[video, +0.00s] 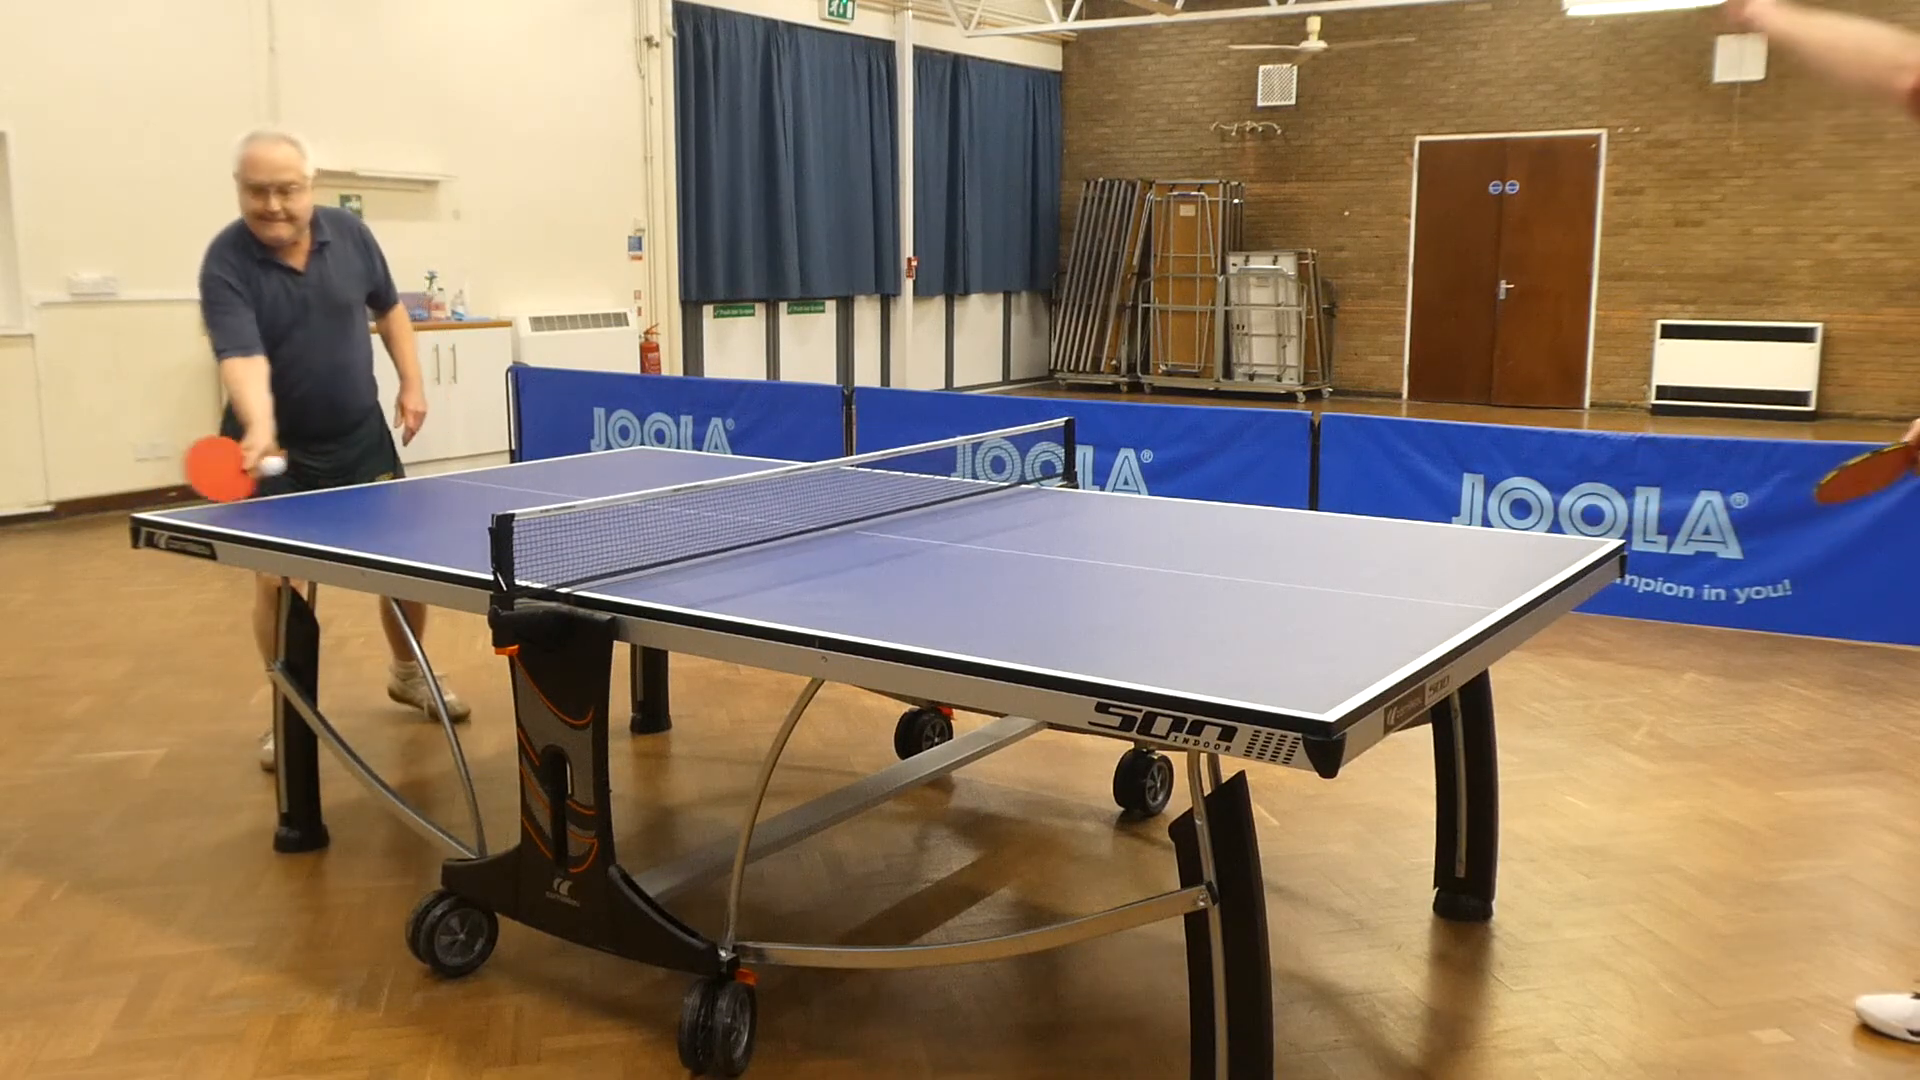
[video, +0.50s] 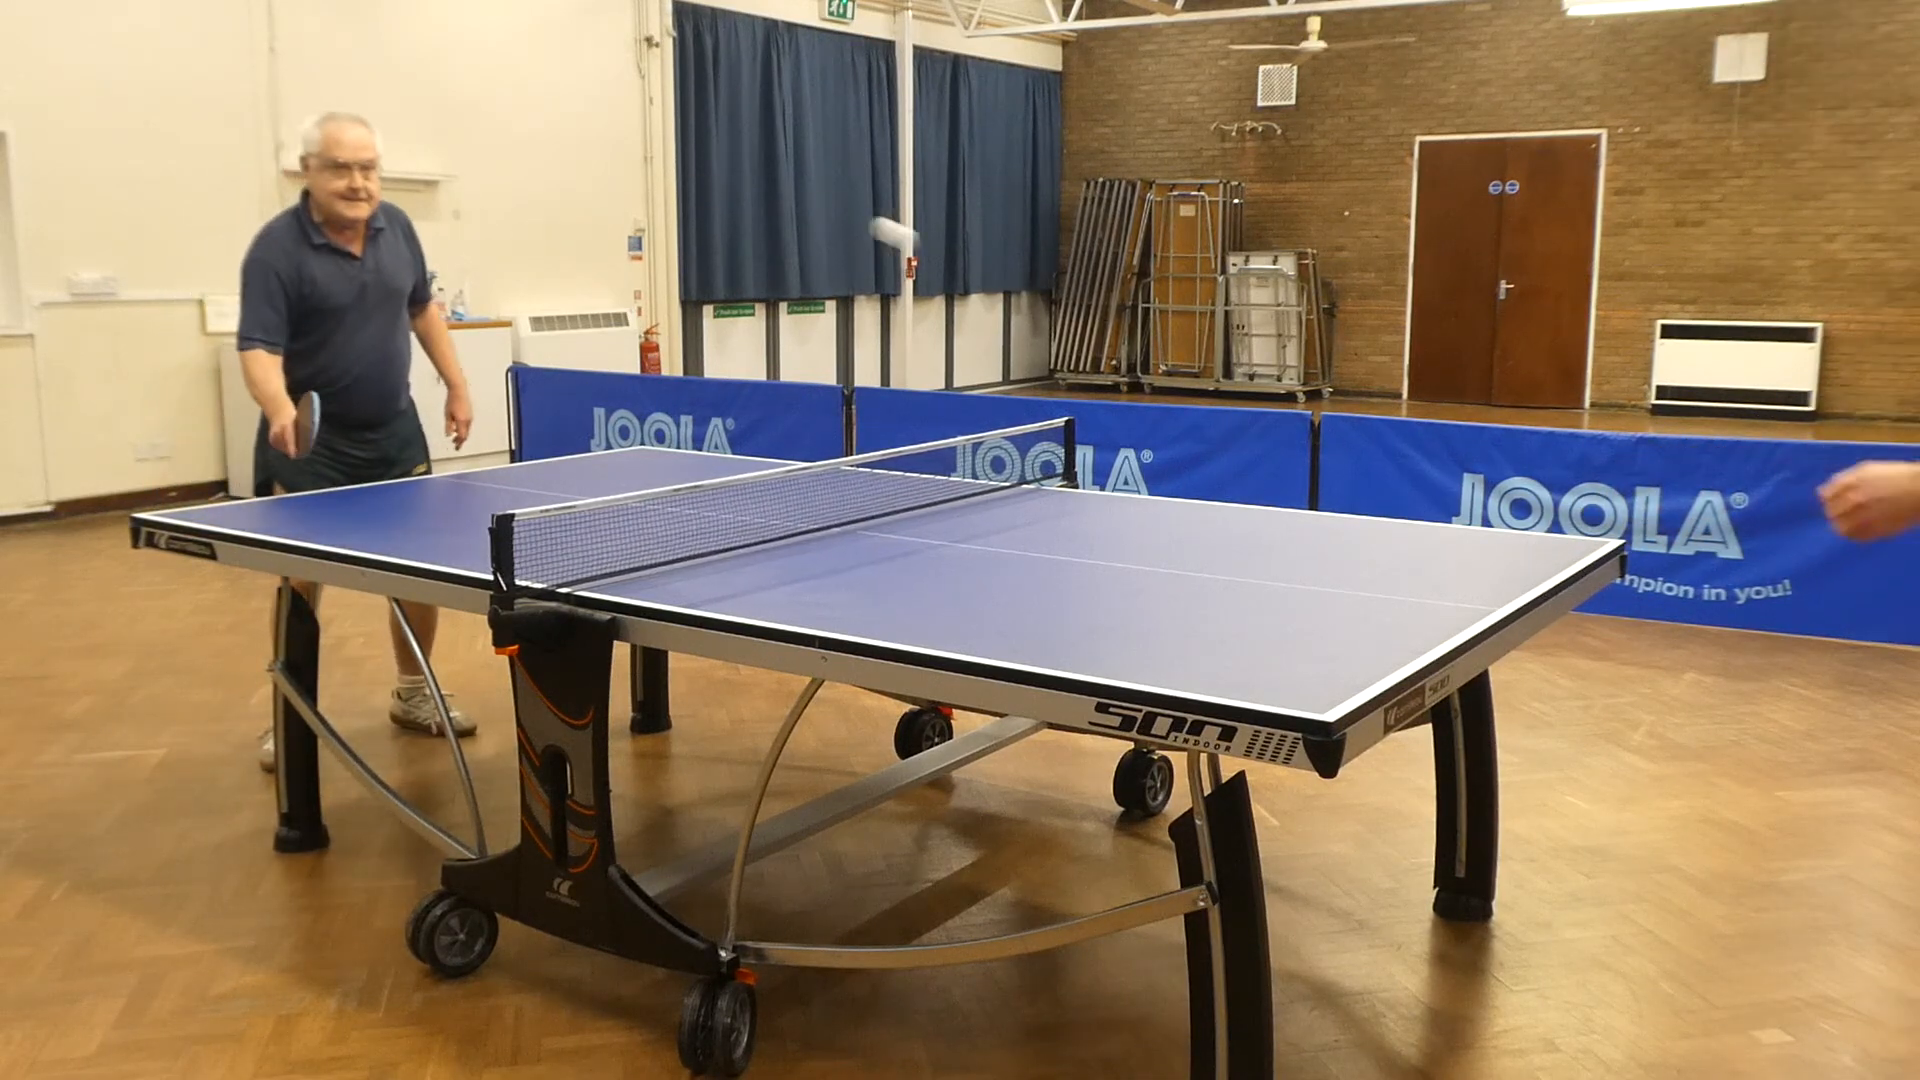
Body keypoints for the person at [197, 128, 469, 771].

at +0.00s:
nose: (273, 205)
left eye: (288, 189)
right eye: (257, 191)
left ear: (312, 186)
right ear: (237, 191)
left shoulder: (348, 234)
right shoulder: (228, 262)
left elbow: (388, 307)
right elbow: (241, 355)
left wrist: (411, 382)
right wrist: (260, 424)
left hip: (361, 439)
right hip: (278, 452)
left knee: (407, 559)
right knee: (279, 582)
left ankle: (410, 671)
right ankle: (288, 712)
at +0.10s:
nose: (273, 206)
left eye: (286, 191)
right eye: (255, 193)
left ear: (308, 185)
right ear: (233, 193)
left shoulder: (342, 231)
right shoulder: (228, 262)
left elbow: (380, 308)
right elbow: (254, 336)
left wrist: (408, 385)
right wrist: (278, 393)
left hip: (358, 431)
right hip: (274, 442)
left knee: (402, 563)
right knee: (280, 579)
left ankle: (420, 688)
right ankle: (285, 715)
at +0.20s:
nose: (289, 193)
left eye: (301, 178)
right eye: (271, 181)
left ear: (319, 174)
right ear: (245, 184)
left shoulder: (349, 224)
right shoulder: (236, 250)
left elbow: (382, 304)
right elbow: (252, 326)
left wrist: (411, 383)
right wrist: (281, 384)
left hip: (363, 429)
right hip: (281, 441)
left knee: (400, 564)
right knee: (287, 577)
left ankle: (416, 692)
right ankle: (287, 717)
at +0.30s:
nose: (315, 184)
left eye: (327, 170)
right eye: (297, 172)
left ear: (341, 171)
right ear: (266, 176)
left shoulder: (361, 222)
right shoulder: (249, 248)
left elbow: (391, 304)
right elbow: (248, 338)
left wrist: (424, 380)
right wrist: (276, 395)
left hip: (371, 428)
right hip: (288, 440)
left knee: (402, 563)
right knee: (291, 574)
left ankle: (413, 692)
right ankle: (287, 715)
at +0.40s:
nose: (338, 181)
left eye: (349, 168)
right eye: (321, 169)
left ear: (362, 168)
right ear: (288, 174)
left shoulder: (379, 226)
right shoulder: (263, 248)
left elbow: (406, 306)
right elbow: (249, 344)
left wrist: (440, 382)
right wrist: (278, 404)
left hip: (382, 432)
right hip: (297, 444)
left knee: (412, 565)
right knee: (296, 577)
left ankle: (413, 693)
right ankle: (288, 717)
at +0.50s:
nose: (358, 181)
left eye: (368, 167)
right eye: (341, 169)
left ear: (380, 168)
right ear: (306, 173)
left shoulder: (395, 228)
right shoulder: (276, 249)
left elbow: (422, 307)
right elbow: (258, 348)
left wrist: (455, 382)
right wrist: (279, 407)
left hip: (395, 433)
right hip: (309, 442)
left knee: (419, 565)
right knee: (301, 576)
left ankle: (414, 692)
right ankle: (288, 713)